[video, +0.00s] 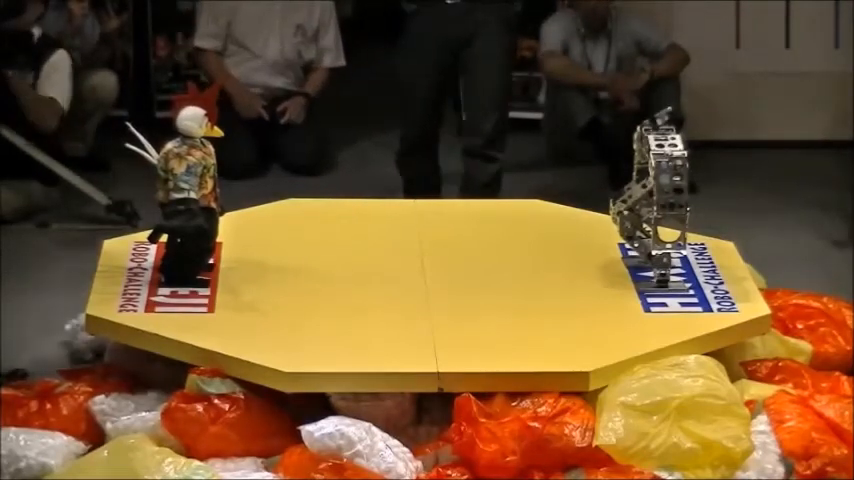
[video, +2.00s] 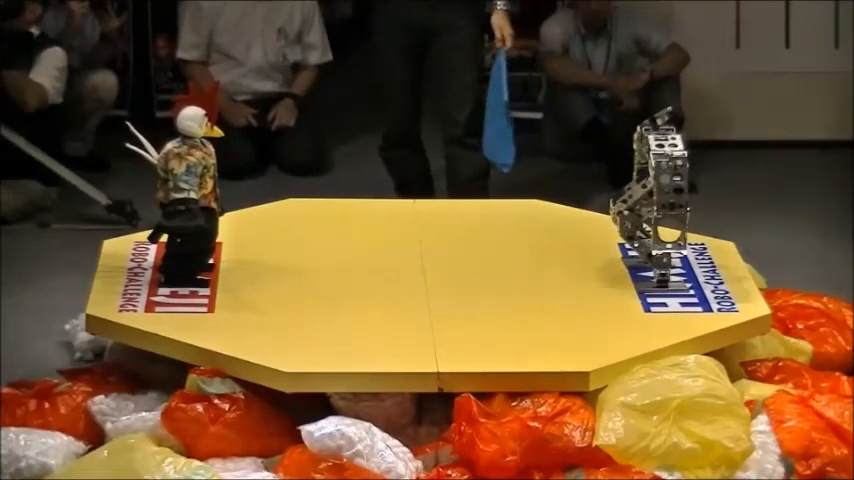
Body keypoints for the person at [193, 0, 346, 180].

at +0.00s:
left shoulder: (319, 5)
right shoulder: (221, 4)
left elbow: (326, 60)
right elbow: (206, 51)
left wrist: (304, 98)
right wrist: (238, 93)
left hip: (290, 98)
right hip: (237, 96)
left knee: (308, 161)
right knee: (238, 164)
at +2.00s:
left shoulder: (302, 5)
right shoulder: (202, 5)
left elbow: (312, 61)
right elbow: (191, 60)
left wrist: (292, 100)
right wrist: (226, 105)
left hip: (280, 98)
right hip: (228, 102)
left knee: (306, 160)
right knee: (237, 163)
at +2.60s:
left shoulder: (301, 5)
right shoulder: (202, 5)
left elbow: (312, 61)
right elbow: (191, 60)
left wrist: (291, 100)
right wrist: (226, 105)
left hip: (280, 98)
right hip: (228, 102)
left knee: (306, 160)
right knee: (237, 163)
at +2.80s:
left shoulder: (302, 4)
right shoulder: (201, 5)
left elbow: (311, 61)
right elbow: (191, 61)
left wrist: (291, 100)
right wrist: (226, 105)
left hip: (280, 98)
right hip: (228, 102)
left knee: (306, 161)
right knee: (237, 164)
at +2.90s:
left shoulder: (302, 5)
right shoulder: (202, 5)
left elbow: (310, 60)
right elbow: (191, 61)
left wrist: (291, 100)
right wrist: (226, 105)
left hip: (280, 99)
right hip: (227, 102)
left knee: (306, 161)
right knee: (238, 164)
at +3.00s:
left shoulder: (302, 5)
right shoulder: (202, 5)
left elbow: (310, 60)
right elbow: (191, 61)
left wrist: (291, 100)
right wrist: (226, 105)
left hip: (280, 99)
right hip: (227, 102)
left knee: (306, 161)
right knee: (238, 164)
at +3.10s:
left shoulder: (302, 5)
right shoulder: (202, 5)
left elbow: (310, 62)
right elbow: (191, 62)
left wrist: (291, 100)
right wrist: (226, 106)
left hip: (280, 99)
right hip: (227, 102)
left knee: (306, 161)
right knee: (238, 164)